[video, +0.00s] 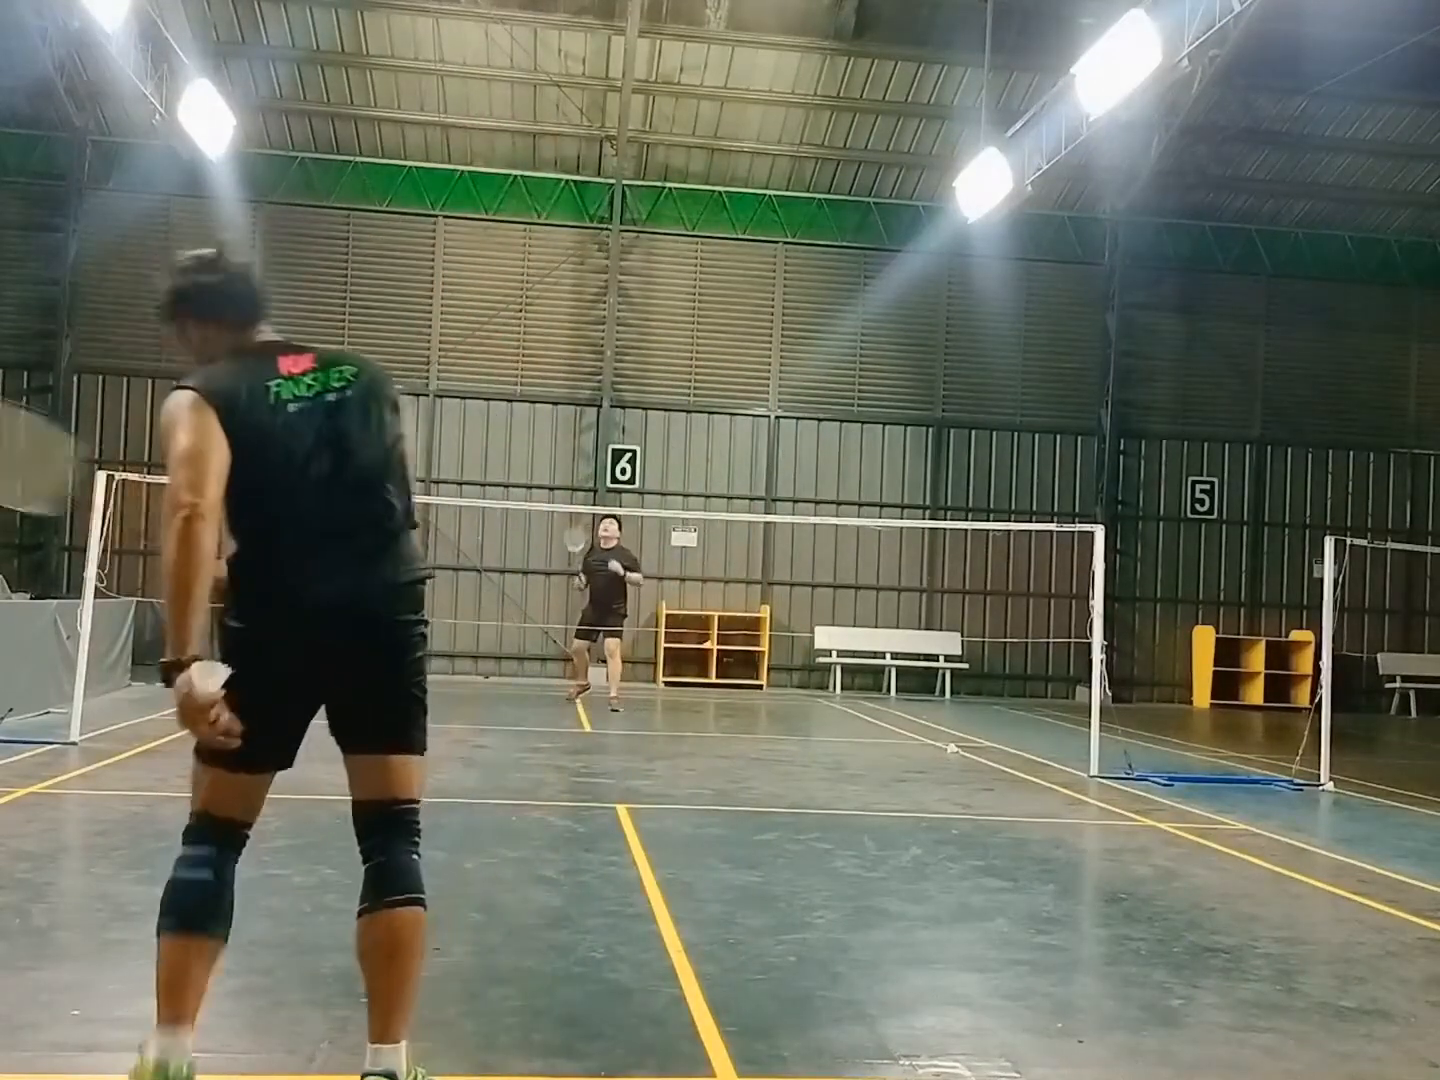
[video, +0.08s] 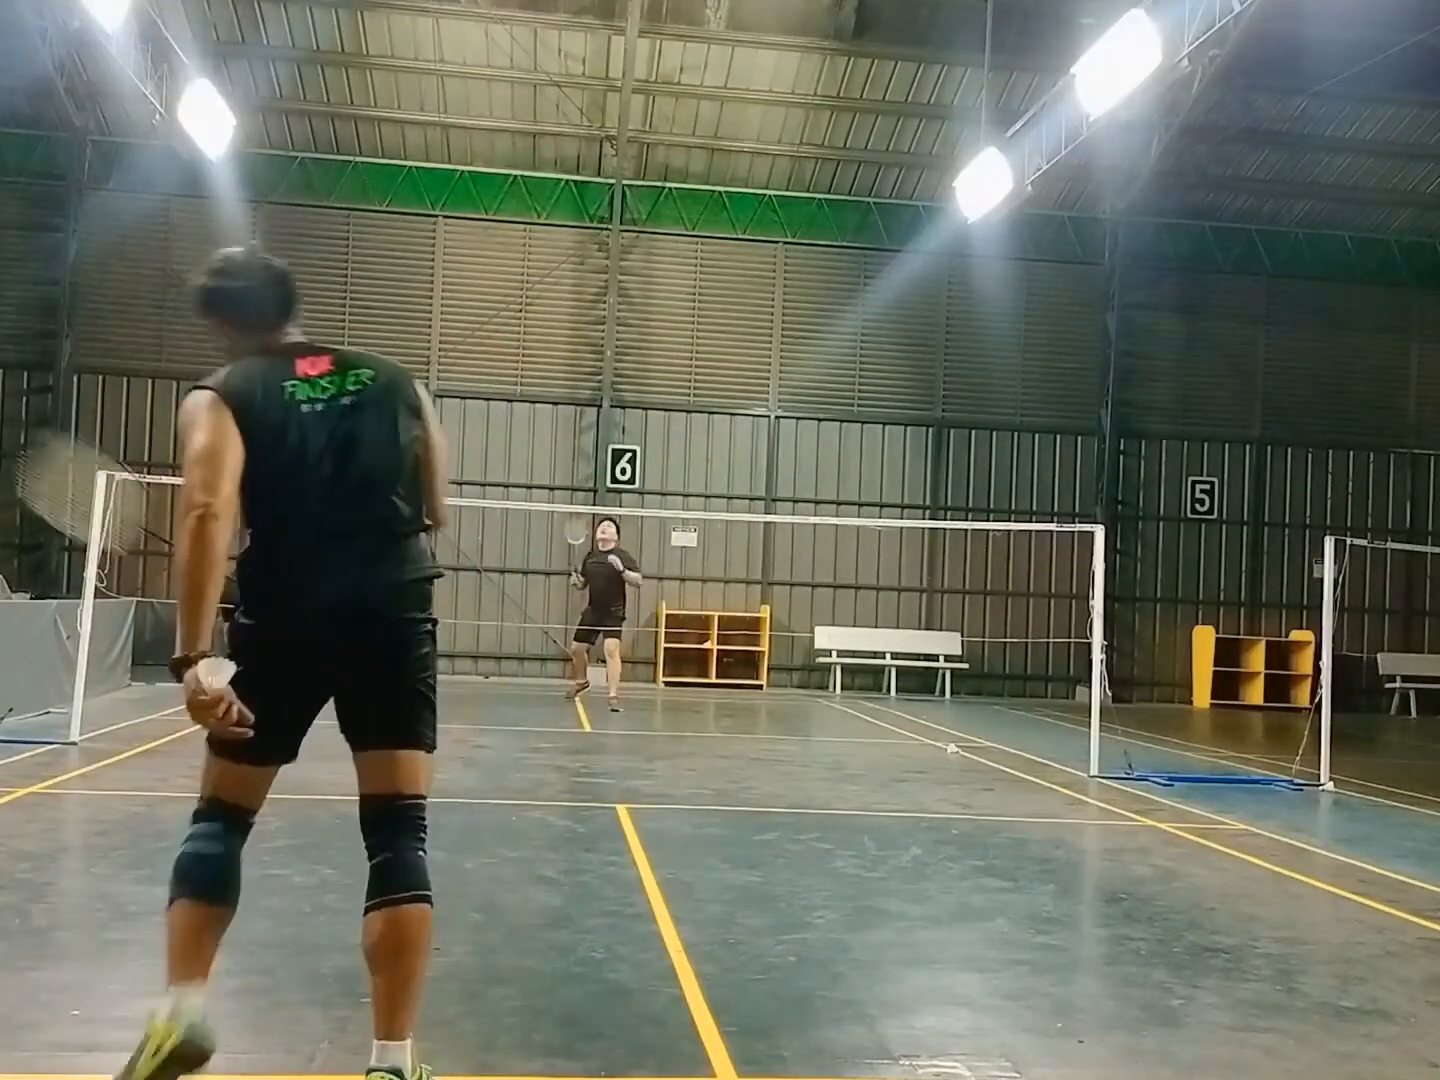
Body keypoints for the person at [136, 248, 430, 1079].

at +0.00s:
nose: (179, 345)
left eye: (177, 331)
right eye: (179, 331)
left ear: (191, 327)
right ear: (256, 317)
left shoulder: (200, 399)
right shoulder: (359, 380)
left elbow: (193, 510)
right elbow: (390, 507)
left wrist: (187, 660)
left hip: (272, 631)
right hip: (383, 627)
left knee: (214, 839)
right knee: (392, 834)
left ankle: (170, 1054)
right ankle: (389, 1060)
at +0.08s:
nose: (211, 337)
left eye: (211, 325)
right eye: (211, 325)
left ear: (222, 322)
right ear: (292, 312)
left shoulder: (220, 397)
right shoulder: (391, 383)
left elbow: (210, 510)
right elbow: (431, 511)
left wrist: (194, 657)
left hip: (281, 630)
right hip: (393, 629)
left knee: (221, 818)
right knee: (398, 830)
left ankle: (183, 1007)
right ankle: (394, 1056)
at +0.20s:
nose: (248, 333)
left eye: (250, 322)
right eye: (253, 322)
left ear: (263, 325)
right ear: (336, 323)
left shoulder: (246, 393)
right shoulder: (415, 395)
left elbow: (223, 511)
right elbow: (478, 516)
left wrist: (205, 644)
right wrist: (445, 598)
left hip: (286, 626)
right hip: (394, 628)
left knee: (246, 801)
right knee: (394, 821)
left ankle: (225, 996)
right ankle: (394, 1046)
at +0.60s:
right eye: (384, 313)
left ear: (323, 321)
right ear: (392, 319)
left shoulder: (281, 394)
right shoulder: (440, 392)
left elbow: (236, 510)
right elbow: (475, 509)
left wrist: (229, 615)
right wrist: (510, 619)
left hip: (311, 610)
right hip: (409, 611)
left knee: (280, 782)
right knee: (427, 776)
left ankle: (245, 974)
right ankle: (401, 963)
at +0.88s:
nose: (467, 373)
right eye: (475, 362)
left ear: (420, 367)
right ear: (479, 370)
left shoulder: (376, 432)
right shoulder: (508, 445)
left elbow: (319, 529)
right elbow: (517, 555)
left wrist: (304, 609)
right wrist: (531, 662)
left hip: (381, 630)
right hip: (463, 635)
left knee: (334, 779)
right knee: (473, 784)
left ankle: (274, 915)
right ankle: (459, 937)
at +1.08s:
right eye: (533, 357)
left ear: (476, 357)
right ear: (533, 362)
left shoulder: (431, 415)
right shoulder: (556, 428)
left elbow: (388, 510)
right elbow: (569, 534)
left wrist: (386, 596)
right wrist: (585, 624)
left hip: (430, 602)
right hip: (503, 610)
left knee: (440, 738)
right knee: (493, 765)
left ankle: (397, 878)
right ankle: (462, 924)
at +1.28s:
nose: (555, 400)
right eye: (556, 392)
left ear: (500, 393)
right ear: (552, 396)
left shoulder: (457, 452)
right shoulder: (563, 460)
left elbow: (421, 545)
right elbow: (580, 553)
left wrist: (421, 628)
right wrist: (649, 595)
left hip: (463, 637)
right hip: (524, 638)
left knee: (476, 760)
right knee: (596, 757)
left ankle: (437, 901)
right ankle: (511, 881)